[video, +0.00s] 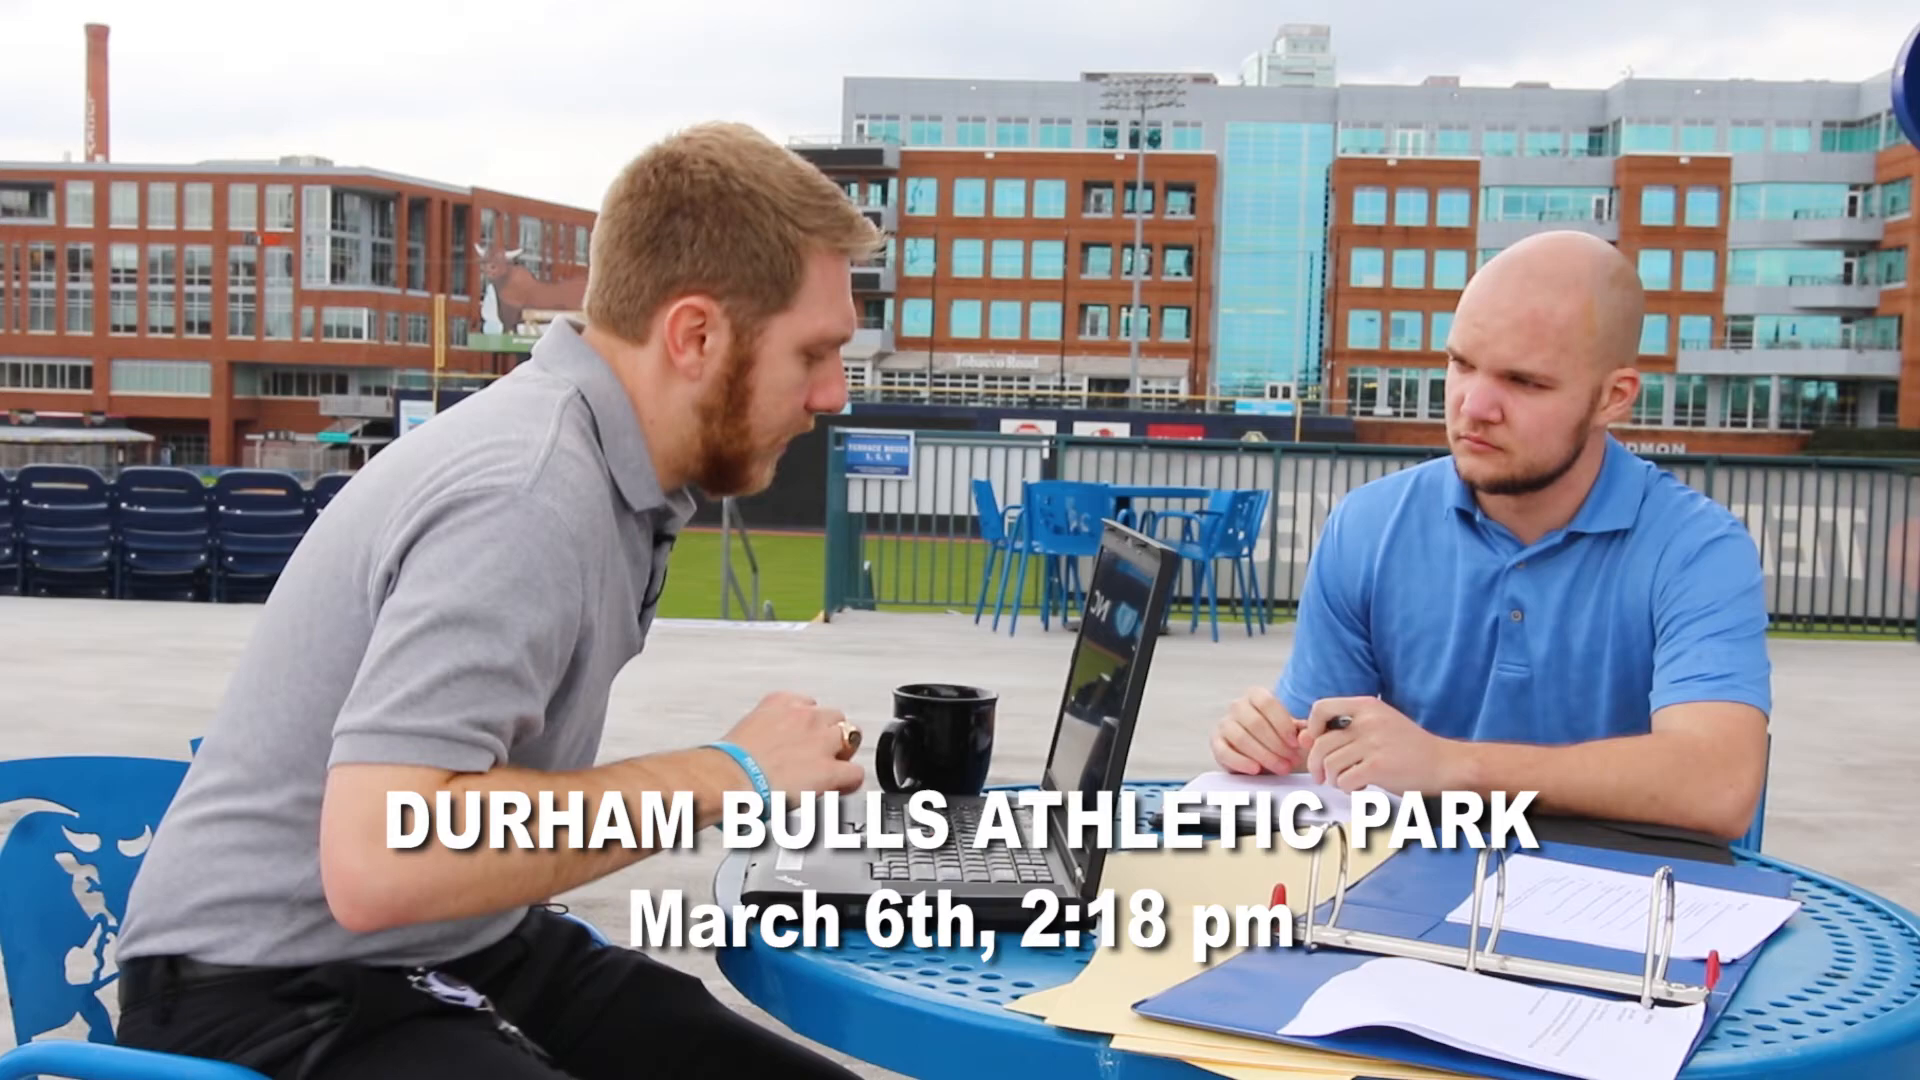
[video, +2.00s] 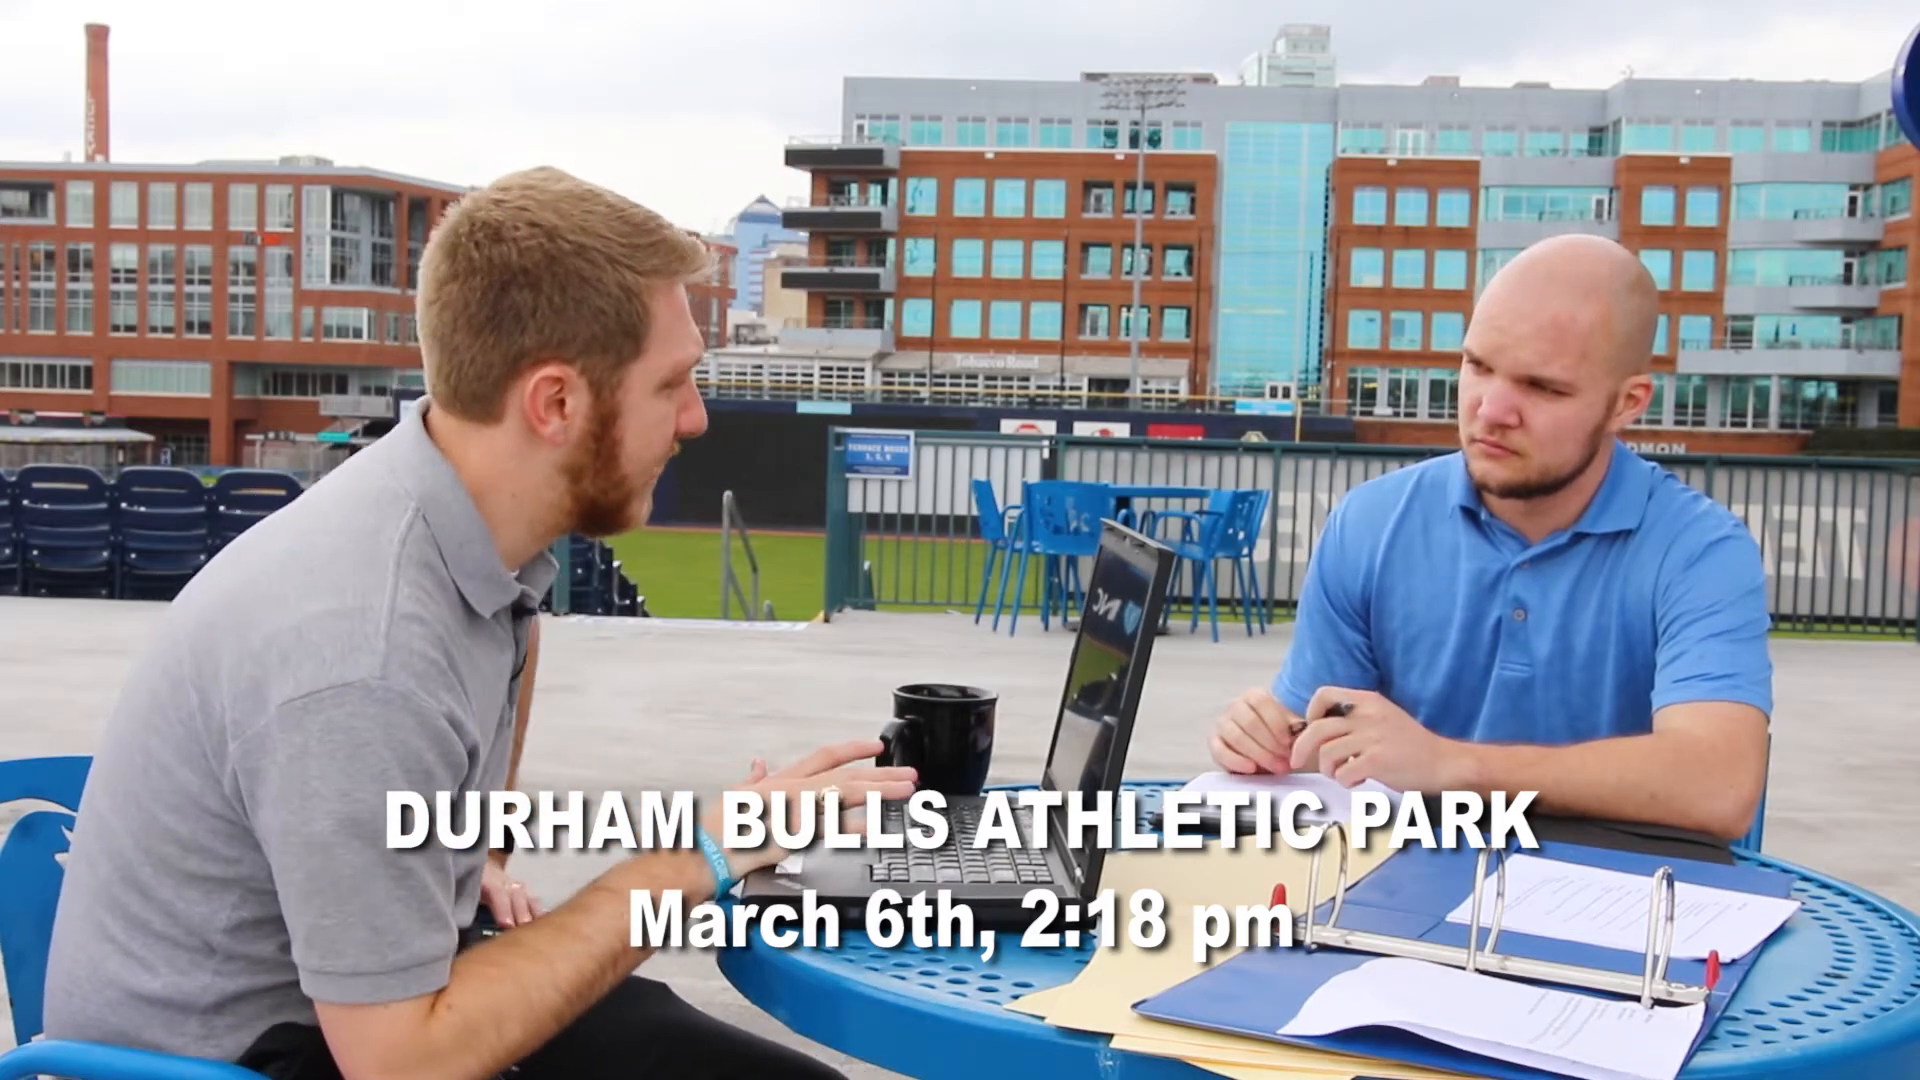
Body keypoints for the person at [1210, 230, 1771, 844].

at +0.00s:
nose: (1474, 405)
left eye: (1523, 381)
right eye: (1463, 364)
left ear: (1613, 398)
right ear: (1448, 355)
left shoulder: (1695, 548)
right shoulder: (1368, 527)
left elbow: (1714, 783)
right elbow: (1315, 731)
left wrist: (1449, 764)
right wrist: (1270, 736)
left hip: (1627, 915)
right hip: (1399, 894)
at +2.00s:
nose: (1492, 409)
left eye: (1542, 387)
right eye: (1480, 367)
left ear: (1625, 406)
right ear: (1462, 356)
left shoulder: (1696, 549)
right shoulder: (1369, 524)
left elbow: (1713, 784)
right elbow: (1304, 723)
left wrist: (1448, 763)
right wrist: (1264, 733)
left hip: (1620, 915)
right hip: (1393, 891)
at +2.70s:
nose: (1496, 409)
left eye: (1547, 386)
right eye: (1484, 366)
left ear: (1628, 404)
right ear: (1465, 354)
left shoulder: (1697, 551)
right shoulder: (1370, 524)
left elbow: (1713, 785)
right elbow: (1303, 721)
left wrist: (1447, 763)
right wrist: (1261, 732)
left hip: (1622, 916)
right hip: (1393, 890)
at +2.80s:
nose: (1497, 412)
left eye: (1546, 389)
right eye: (1484, 369)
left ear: (1629, 405)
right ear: (1465, 356)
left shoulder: (1697, 551)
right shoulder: (1370, 525)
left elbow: (1713, 786)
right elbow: (1305, 724)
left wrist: (1447, 762)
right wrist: (1264, 733)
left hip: (1624, 917)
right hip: (1395, 894)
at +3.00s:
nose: (1499, 406)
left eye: (1549, 383)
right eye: (1486, 364)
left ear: (1632, 403)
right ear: (1467, 353)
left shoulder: (1697, 552)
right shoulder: (1370, 525)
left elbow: (1713, 786)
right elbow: (1306, 730)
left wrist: (1446, 762)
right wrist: (1261, 736)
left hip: (1621, 917)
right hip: (1395, 894)